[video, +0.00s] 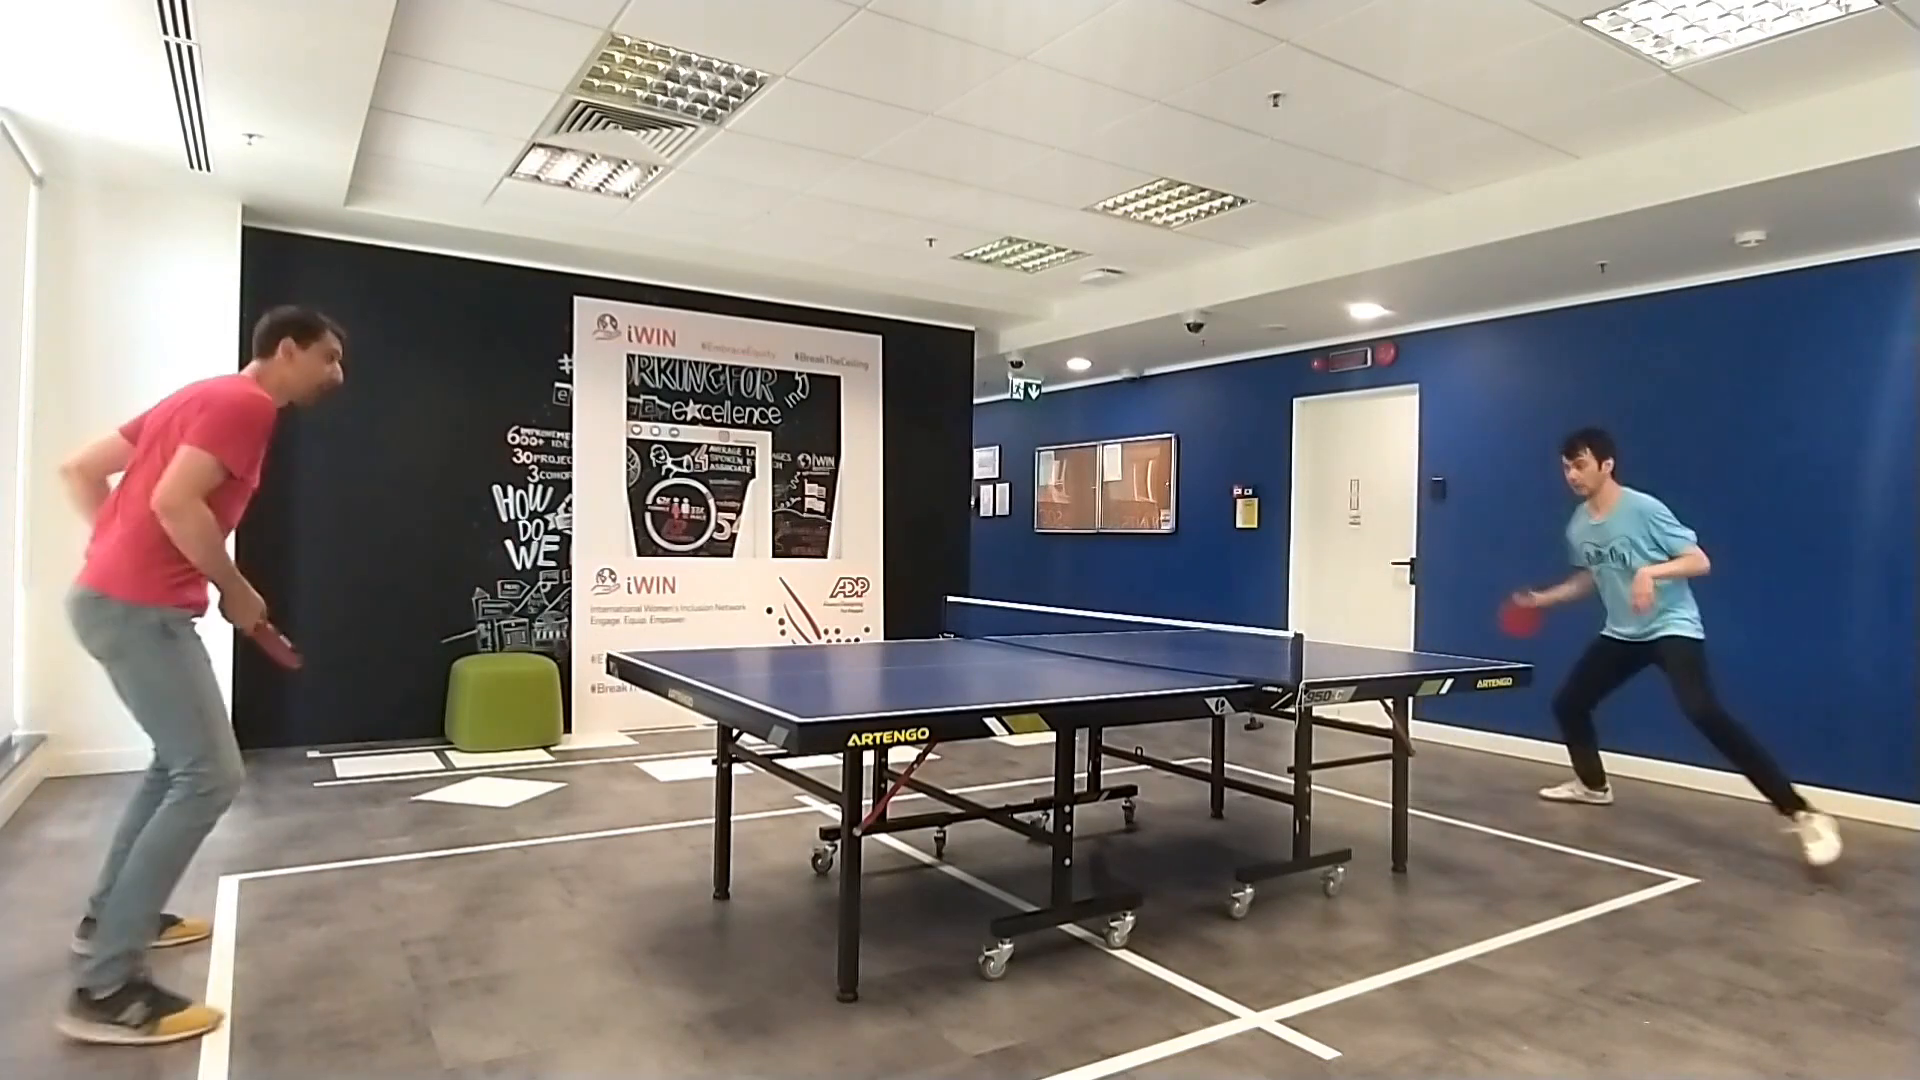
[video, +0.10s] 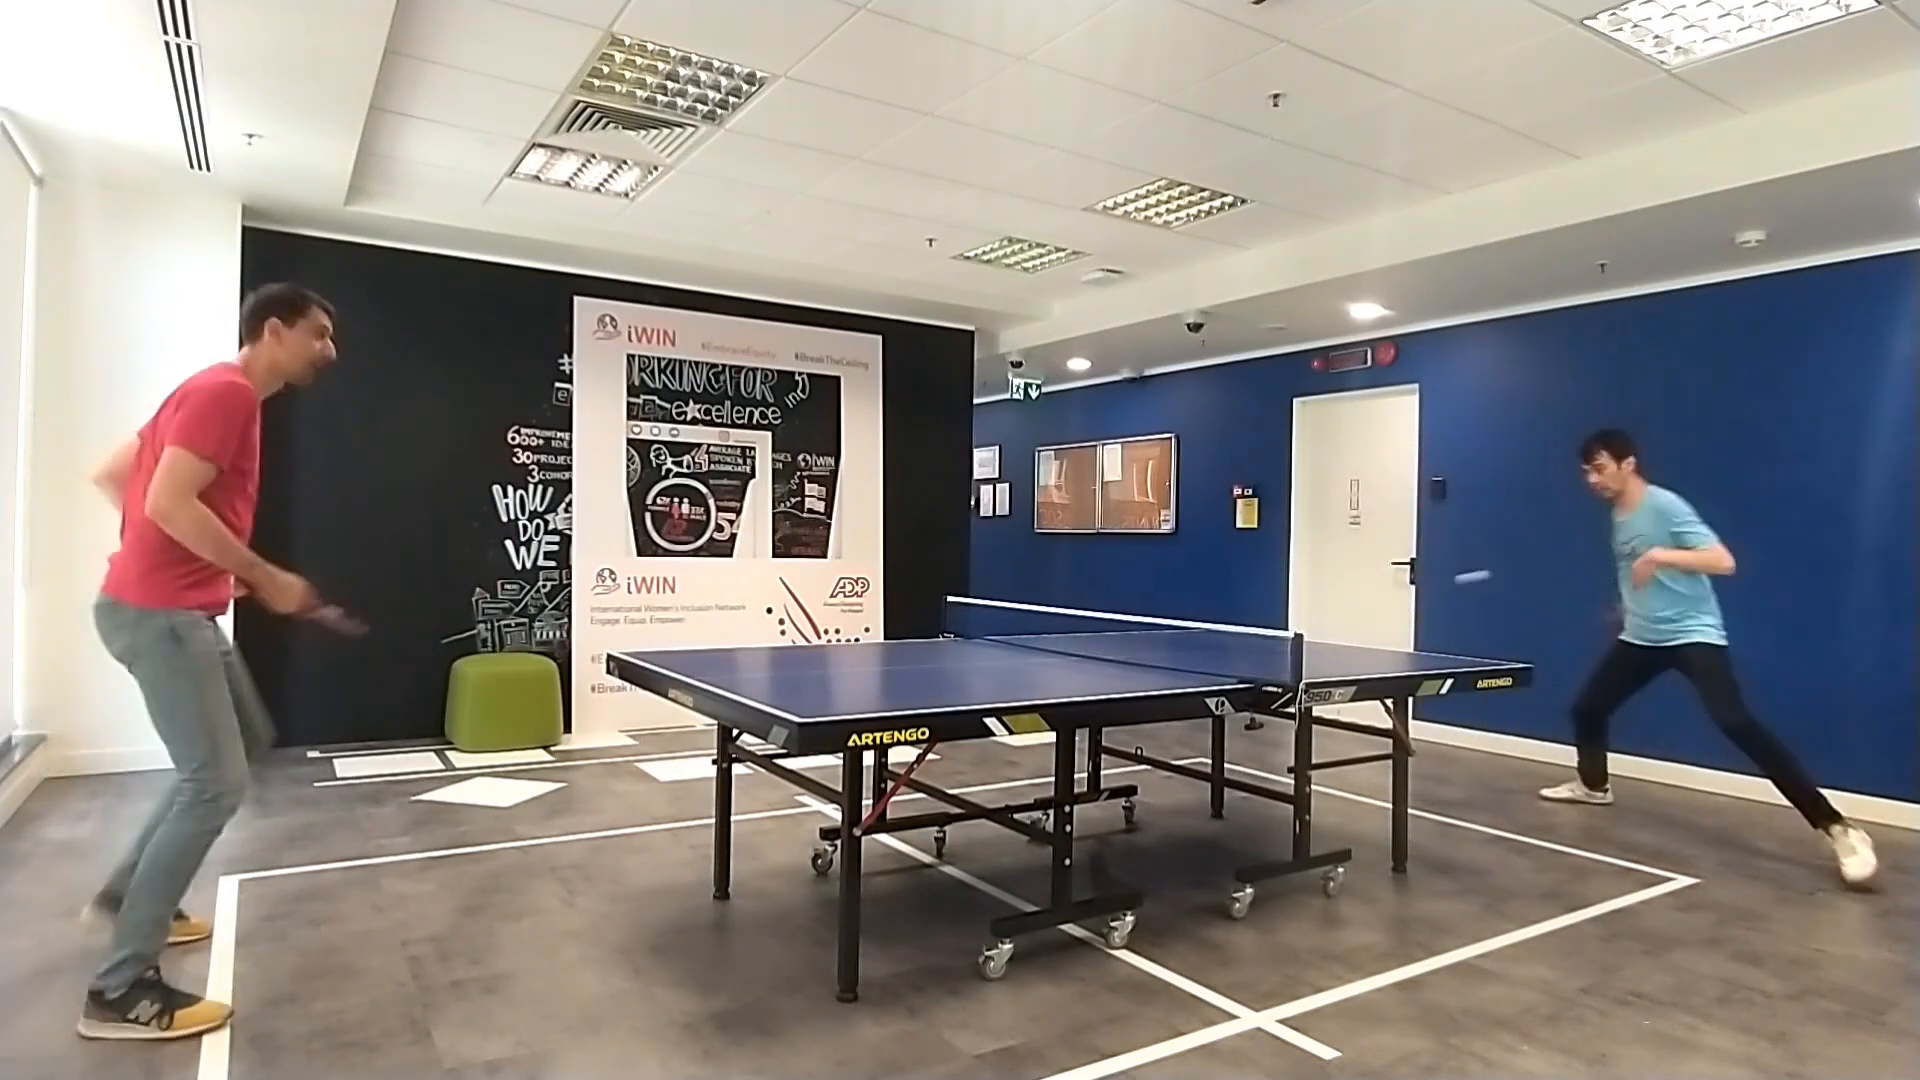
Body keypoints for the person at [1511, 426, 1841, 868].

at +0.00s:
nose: (1570, 474)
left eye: (1578, 464)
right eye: (1566, 466)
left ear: (1606, 465)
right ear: (1566, 471)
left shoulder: (1643, 508)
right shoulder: (1579, 524)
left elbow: (1698, 561)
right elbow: (1592, 576)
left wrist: (1650, 571)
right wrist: (1545, 599)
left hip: (1672, 628)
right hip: (1622, 634)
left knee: (1702, 712)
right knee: (1569, 704)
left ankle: (1802, 815)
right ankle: (1592, 786)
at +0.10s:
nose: (1591, 479)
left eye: (1598, 468)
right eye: (1587, 471)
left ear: (1628, 464)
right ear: (1598, 474)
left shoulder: (1666, 505)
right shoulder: (1618, 513)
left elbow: (1722, 560)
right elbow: (1646, 570)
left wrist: (1658, 558)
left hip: (1693, 637)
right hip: (1641, 638)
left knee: (1734, 722)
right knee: (1588, 709)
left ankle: (1837, 830)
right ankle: (1593, 785)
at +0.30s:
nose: (1689, 478)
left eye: (1690, 466)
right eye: (1685, 468)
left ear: (1715, 453)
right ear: (1714, 457)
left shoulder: (1766, 500)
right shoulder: (1733, 500)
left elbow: (1791, 575)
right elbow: (1734, 558)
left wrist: (1723, 553)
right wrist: (1682, 542)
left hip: (1763, 650)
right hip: (1717, 635)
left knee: (1775, 751)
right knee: (1664, 702)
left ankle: (1869, 854)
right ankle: (1629, 780)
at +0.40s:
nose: (1732, 461)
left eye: (1737, 451)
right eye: (1729, 453)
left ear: (1772, 447)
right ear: (1765, 451)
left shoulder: (1815, 507)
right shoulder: (1749, 490)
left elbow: (1836, 590)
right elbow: (1726, 506)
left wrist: (1767, 568)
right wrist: (1708, 515)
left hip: (1786, 649)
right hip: (1733, 632)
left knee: (1786, 750)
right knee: (1687, 705)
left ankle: (1869, 854)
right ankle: (1685, 782)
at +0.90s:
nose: (1737, 468)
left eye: (1747, 459)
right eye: (1732, 461)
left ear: (1779, 465)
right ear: (1730, 469)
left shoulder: (1812, 525)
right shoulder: (1733, 506)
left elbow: (1840, 598)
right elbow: (1724, 542)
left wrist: (1776, 620)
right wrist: (1681, 577)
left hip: (1800, 645)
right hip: (1741, 632)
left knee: (1812, 732)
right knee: (1683, 694)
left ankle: (1874, 852)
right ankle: (1645, 765)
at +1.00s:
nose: (1696, 479)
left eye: (1706, 469)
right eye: (1693, 472)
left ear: (1738, 475)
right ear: (1693, 480)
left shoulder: (1770, 531)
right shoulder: (1706, 521)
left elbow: (1790, 606)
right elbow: (1710, 569)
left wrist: (1722, 623)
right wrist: (1667, 601)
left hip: (1779, 651)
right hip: (1730, 646)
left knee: (1798, 736)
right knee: (1660, 704)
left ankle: (1873, 854)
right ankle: (1648, 783)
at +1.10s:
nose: (1653, 489)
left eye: (1662, 479)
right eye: (1650, 482)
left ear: (1692, 484)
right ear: (1651, 490)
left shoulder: (1720, 533)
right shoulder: (1679, 536)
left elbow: (1733, 607)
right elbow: (1692, 595)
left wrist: (1669, 621)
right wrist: (1654, 624)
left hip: (1756, 653)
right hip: (1711, 650)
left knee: (1777, 740)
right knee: (1637, 701)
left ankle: (1869, 855)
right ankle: (1647, 784)